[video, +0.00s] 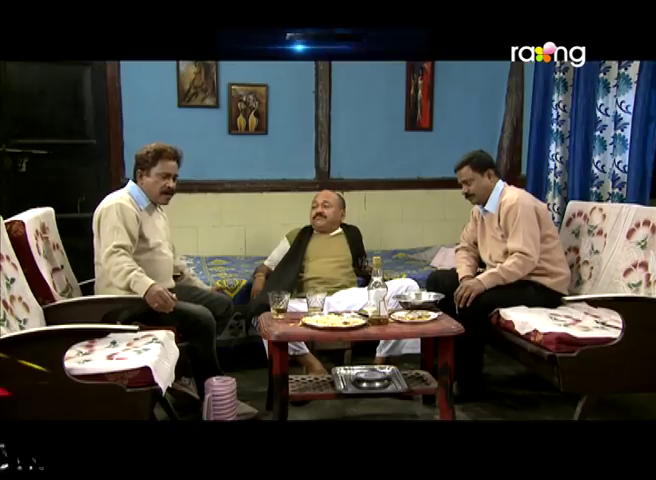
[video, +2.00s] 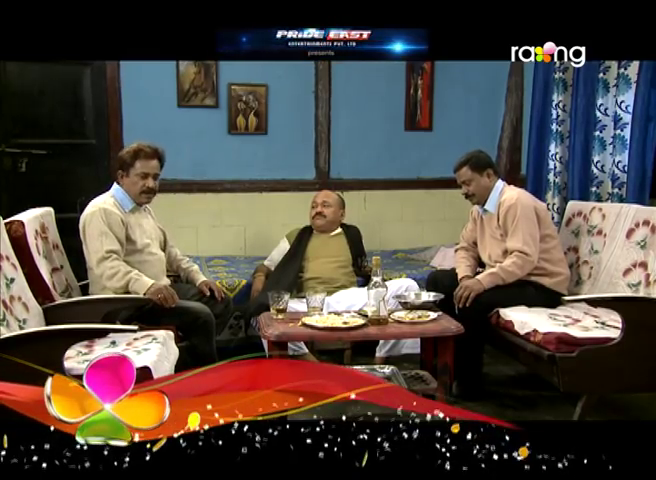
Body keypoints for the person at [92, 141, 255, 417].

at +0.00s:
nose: (171, 185)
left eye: (174, 178)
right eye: (164, 177)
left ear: (176, 180)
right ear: (141, 176)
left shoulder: (156, 210)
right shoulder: (118, 207)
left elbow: (171, 263)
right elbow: (115, 258)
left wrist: (204, 292)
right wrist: (146, 287)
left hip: (161, 292)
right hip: (127, 302)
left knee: (222, 306)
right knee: (200, 319)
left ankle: (183, 378)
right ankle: (216, 397)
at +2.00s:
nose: (151, 184)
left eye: (155, 178)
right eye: (143, 177)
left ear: (159, 179)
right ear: (122, 177)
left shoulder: (143, 211)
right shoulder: (101, 211)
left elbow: (169, 253)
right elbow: (107, 267)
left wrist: (199, 279)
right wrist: (147, 286)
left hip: (160, 291)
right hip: (126, 303)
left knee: (219, 302)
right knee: (201, 317)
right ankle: (206, 383)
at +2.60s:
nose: (164, 185)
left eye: (167, 179)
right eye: (156, 177)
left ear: (171, 179)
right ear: (134, 176)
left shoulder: (147, 209)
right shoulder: (111, 209)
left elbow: (168, 252)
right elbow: (124, 266)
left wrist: (197, 278)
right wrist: (178, 270)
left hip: (156, 294)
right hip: (126, 303)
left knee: (219, 303)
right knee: (200, 317)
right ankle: (205, 385)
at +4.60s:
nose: (185, 192)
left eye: (189, 186)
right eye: (179, 183)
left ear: (193, 188)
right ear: (157, 179)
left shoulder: (163, 216)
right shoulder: (132, 209)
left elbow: (181, 259)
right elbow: (148, 263)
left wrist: (203, 283)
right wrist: (169, 245)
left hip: (156, 296)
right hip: (128, 305)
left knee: (218, 303)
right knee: (201, 319)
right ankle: (204, 386)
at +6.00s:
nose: (168, 186)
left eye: (173, 181)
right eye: (162, 178)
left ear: (177, 183)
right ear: (140, 177)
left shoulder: (150, 211)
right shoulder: (118, 208)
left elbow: (175, 257)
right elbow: (139, 260)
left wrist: (201, 282)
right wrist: (162, 240)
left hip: (157, 295)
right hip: (127, 304)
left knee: (218, 304)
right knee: (200, 318)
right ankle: (203, 384)